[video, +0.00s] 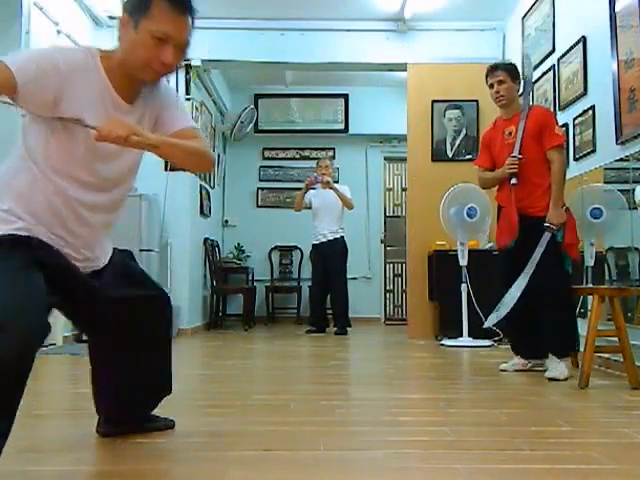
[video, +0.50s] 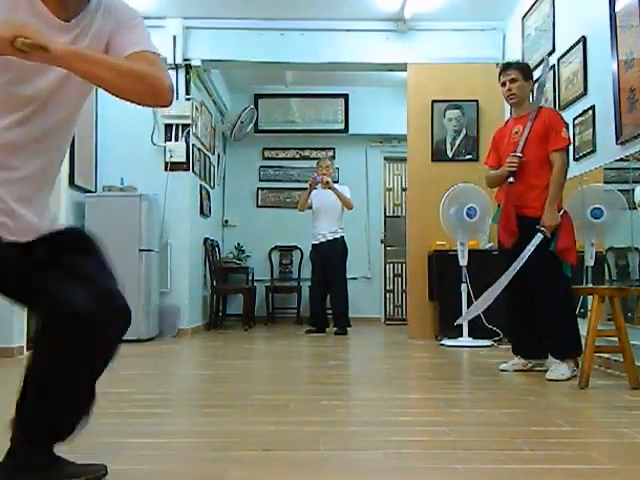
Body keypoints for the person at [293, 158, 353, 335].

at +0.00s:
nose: (324, 171)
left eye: (327, 167)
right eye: (321, 168)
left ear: (332, 170)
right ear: (316, 171)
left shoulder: (341, 189)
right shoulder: (312, 193)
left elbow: (350, 206)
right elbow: (298, 207)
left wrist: (333, 188)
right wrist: (304, 189)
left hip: (336, 242)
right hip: (318, 243)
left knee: (338, 286)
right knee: (317, 287)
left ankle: (341, 324)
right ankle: (318, 323)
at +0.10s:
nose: (324, 171)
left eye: (327, 167)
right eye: (321, 168)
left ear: (332, 170)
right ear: (316, 171)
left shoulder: (341, 189)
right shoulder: (313, 193)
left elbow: (349, 205)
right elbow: (299, 207)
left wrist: (332, 188)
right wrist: (307, 189)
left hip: (336, 241)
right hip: (318, 243)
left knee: (338, 286)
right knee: (317, 286)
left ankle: (341, 324)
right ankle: (318, 323)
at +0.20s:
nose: (324, 171)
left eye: (327, 167)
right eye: (320, 168)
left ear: (332, 170)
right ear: (316, 171)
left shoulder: (341, 189)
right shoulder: (314, 193)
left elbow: (349, 206)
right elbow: (300, 207)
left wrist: (332, 188)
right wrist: (308, 189)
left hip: (336, 242)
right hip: (318, 243)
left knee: (338, 285)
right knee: (317, 286)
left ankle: (341, 324)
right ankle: (318, 323)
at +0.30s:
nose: (324, 171)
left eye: (327, 168)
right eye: (321, 168)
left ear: (332, 170)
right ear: (317, 171)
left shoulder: (341, 189)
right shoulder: (314, 193)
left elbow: (349, 206)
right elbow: (300, 207)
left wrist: (332, 189)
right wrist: (308, 189)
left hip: (336, 241)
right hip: (318, 243)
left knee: (338, 285)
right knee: (317, 286)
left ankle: (341, 324)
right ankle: (318, 323)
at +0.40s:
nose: (324, 171)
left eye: (327, 168)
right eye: (321, 168)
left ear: (332, 170)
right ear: (317, 171)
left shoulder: (341, 189)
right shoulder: (314, 193)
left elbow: (349, 206)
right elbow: (301, 207)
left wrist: (332, 189)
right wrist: (309, 189)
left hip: (336, 242)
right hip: (318, 243)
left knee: (338, 285)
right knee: (317, 286)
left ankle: (341, 324)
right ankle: (318, 323)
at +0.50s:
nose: (325, 171)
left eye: (327, 168)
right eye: (321, 168)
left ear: (332, 170)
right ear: (317, 171)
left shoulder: (341, 189)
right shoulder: (313, 193)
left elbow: (349, 206)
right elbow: (301, 207)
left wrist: (332, 189)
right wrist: (309, 189)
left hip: (336, 241)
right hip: (318, 243)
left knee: (338, 285)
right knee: (317, 286)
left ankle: (341, 324)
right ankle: (318, 323)